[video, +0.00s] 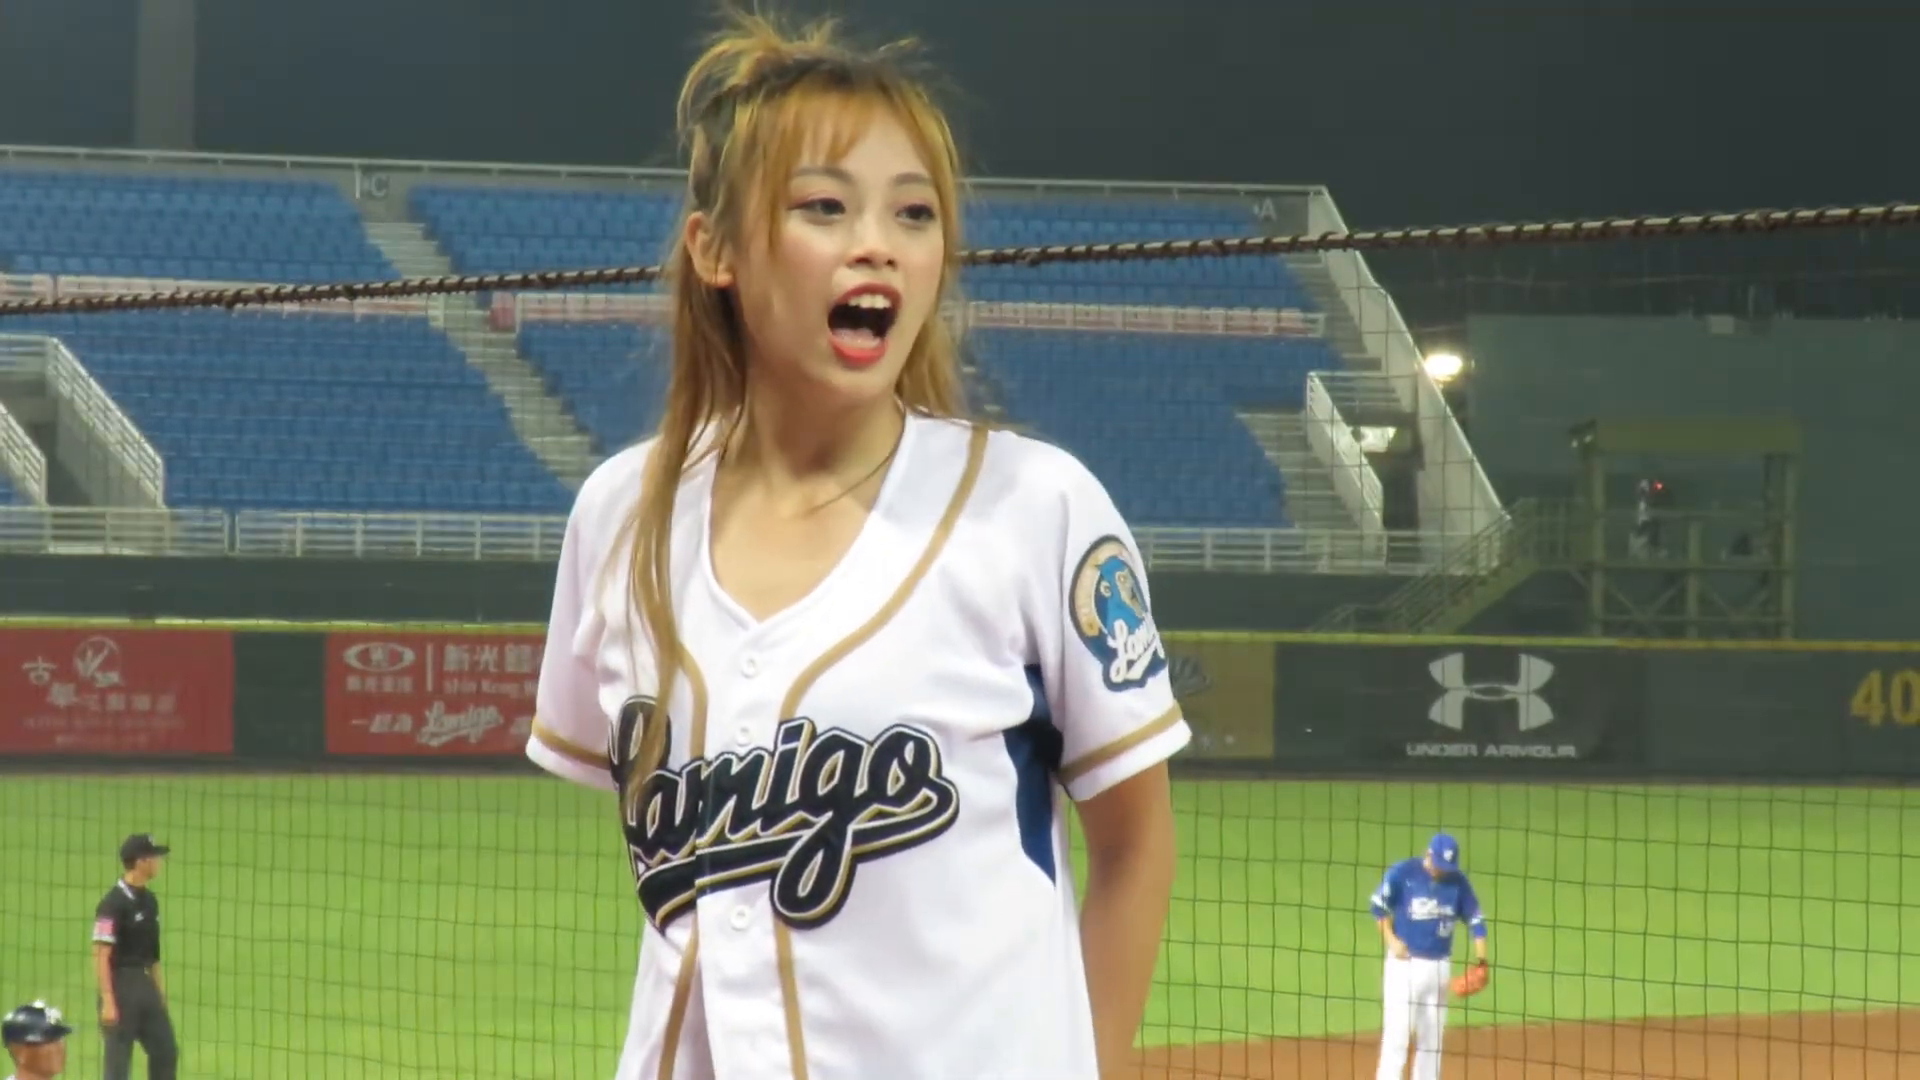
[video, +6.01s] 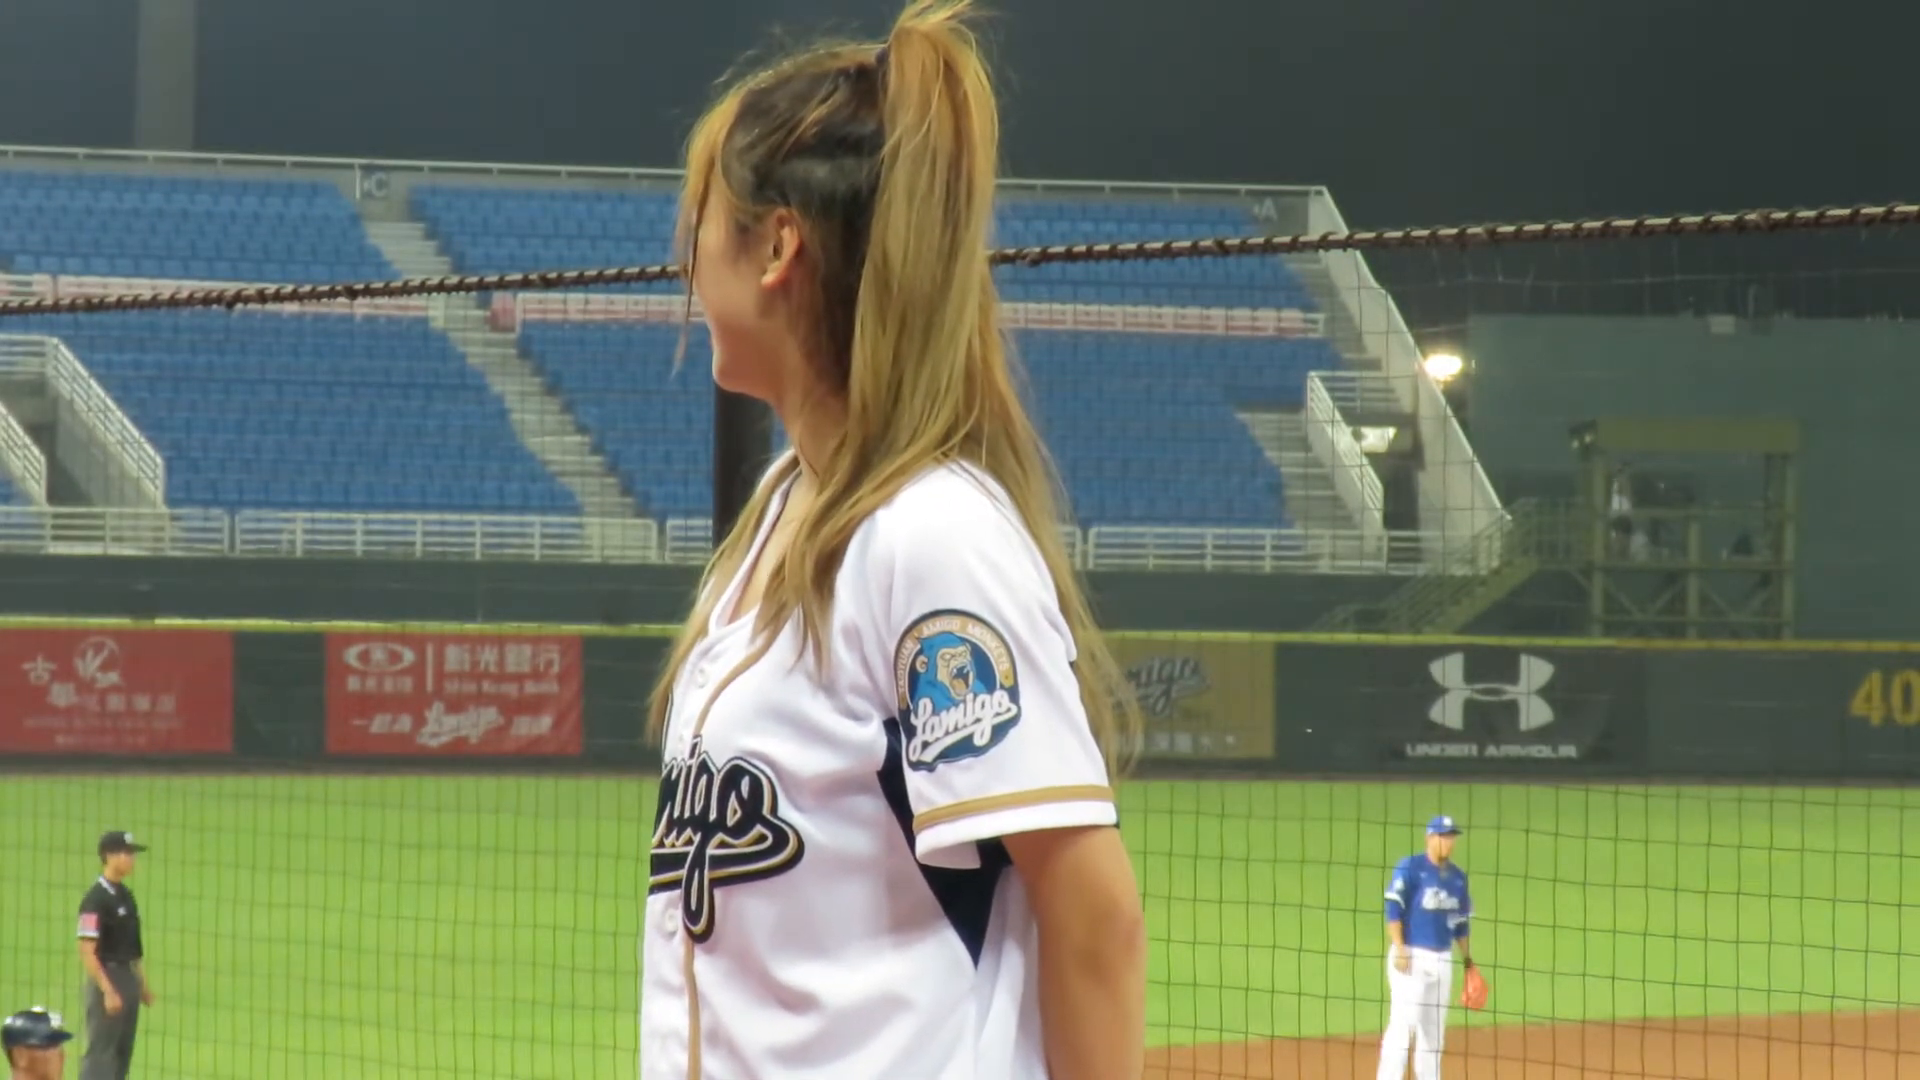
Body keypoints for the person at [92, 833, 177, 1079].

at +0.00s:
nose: (157, 863)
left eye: (156, 858)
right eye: (153, 858)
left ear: (142, 862)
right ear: (139, 862)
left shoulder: (149, 900)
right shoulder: (113, 902)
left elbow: (152, 956)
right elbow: (101, 955)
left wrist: (159, 993)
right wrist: (108, 1002)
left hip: (143, 974)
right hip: (119, 974)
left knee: (165, 1050)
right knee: (118, 1058)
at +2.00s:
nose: (135, 864)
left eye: (138, 858)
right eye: (129, 857)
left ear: (140, 861)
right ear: (114, 858)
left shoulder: (140, 901)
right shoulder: (94, 902)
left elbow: (143, 948)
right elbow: (79, 951)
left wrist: (153, 989)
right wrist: (88, 995)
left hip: (127, 977)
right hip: (100, 976)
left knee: (141, 1055)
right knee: (90, 1059)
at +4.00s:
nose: (116, 866)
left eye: (118, 860)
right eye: (109, 860)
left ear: (121, 862)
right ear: (94, 861)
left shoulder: (119, 901)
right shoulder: (78, 903)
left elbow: (122, 952)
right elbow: (65, 954)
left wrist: (129, 990)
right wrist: (71, 999)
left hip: (113, 973)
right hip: (87, 973)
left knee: (125, 1054)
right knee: (84, 1053)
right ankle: (81, 1074)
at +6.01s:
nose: (132, 860)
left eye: (132, 854)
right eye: (127, 854)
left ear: (121, 857)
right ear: (110, 856)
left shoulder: (125, 895)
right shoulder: (95, 898)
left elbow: (130, 947)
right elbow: (87, 950)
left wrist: (141, 984)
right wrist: (108, 990)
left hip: (127, 970)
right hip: (106, 969)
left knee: (122, 1047)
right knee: (103, 1048)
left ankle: (117, 1075)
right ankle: (98, 1075)